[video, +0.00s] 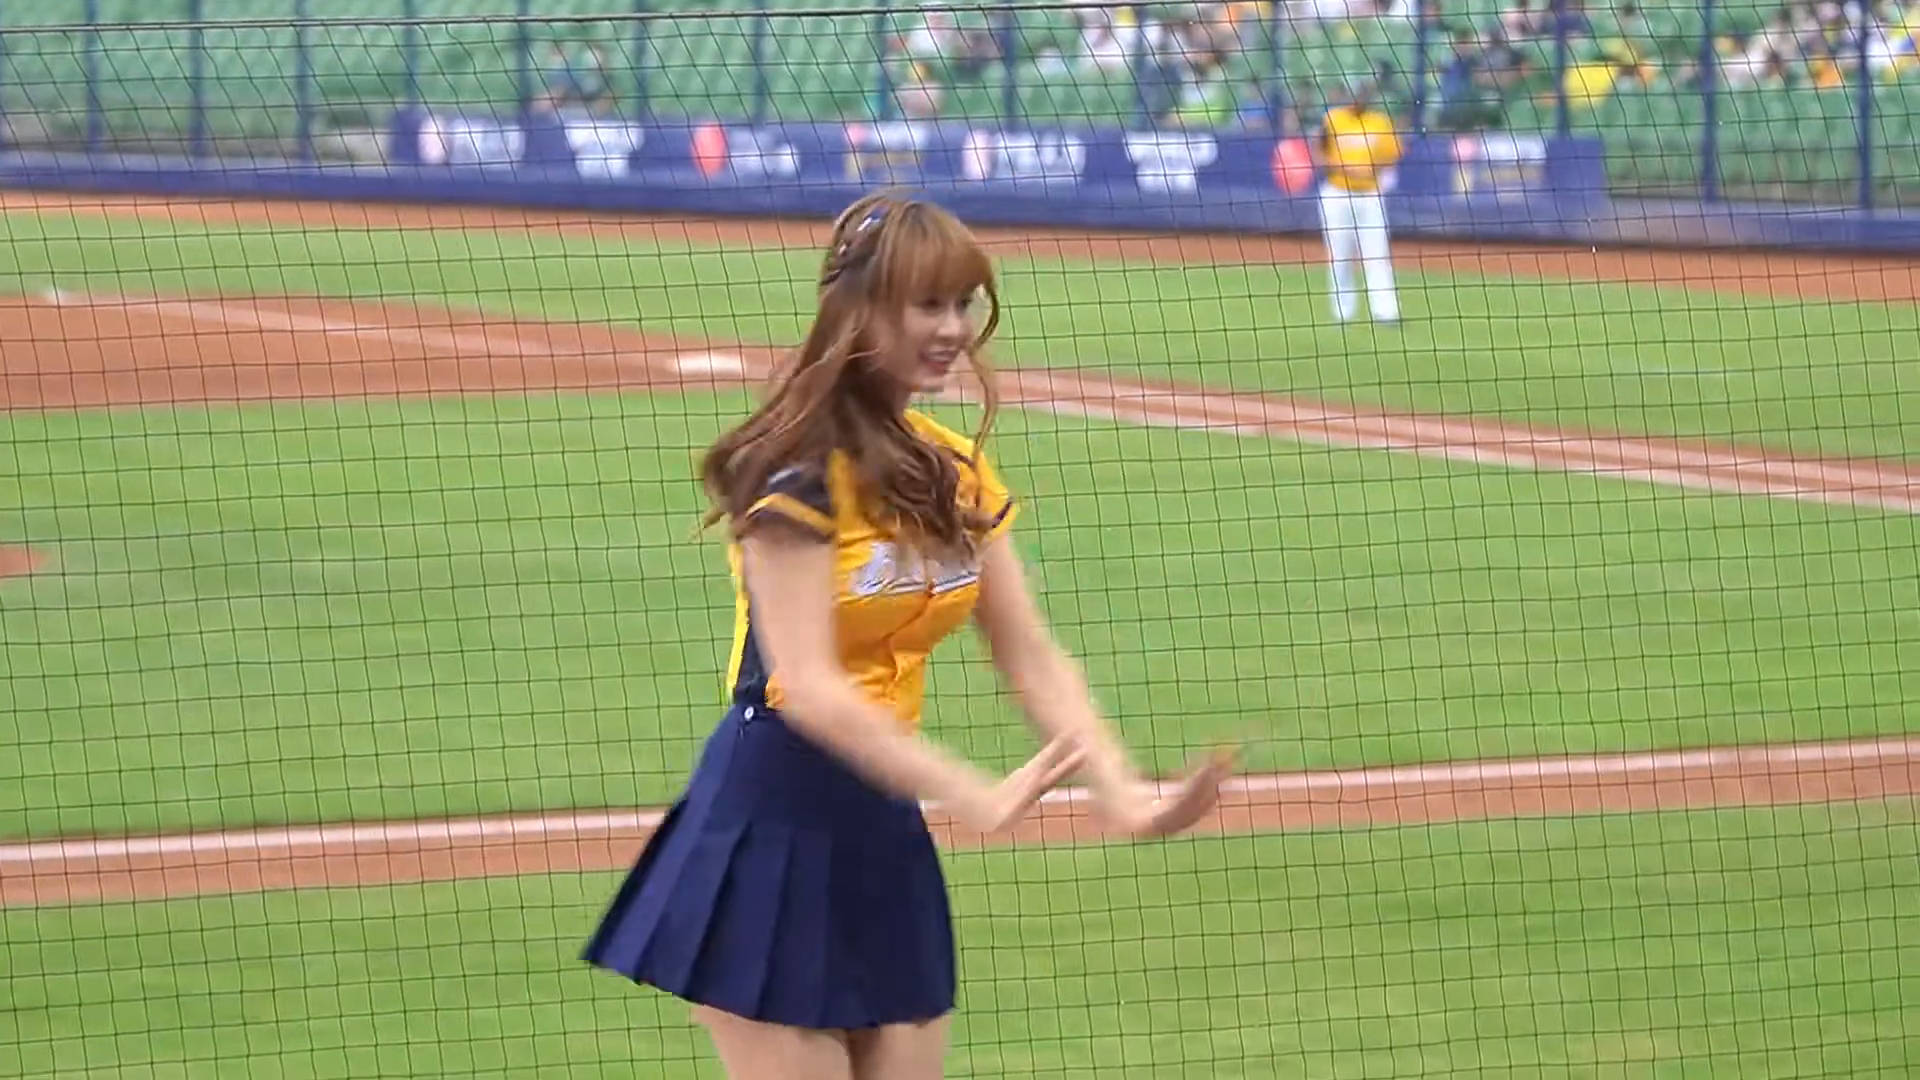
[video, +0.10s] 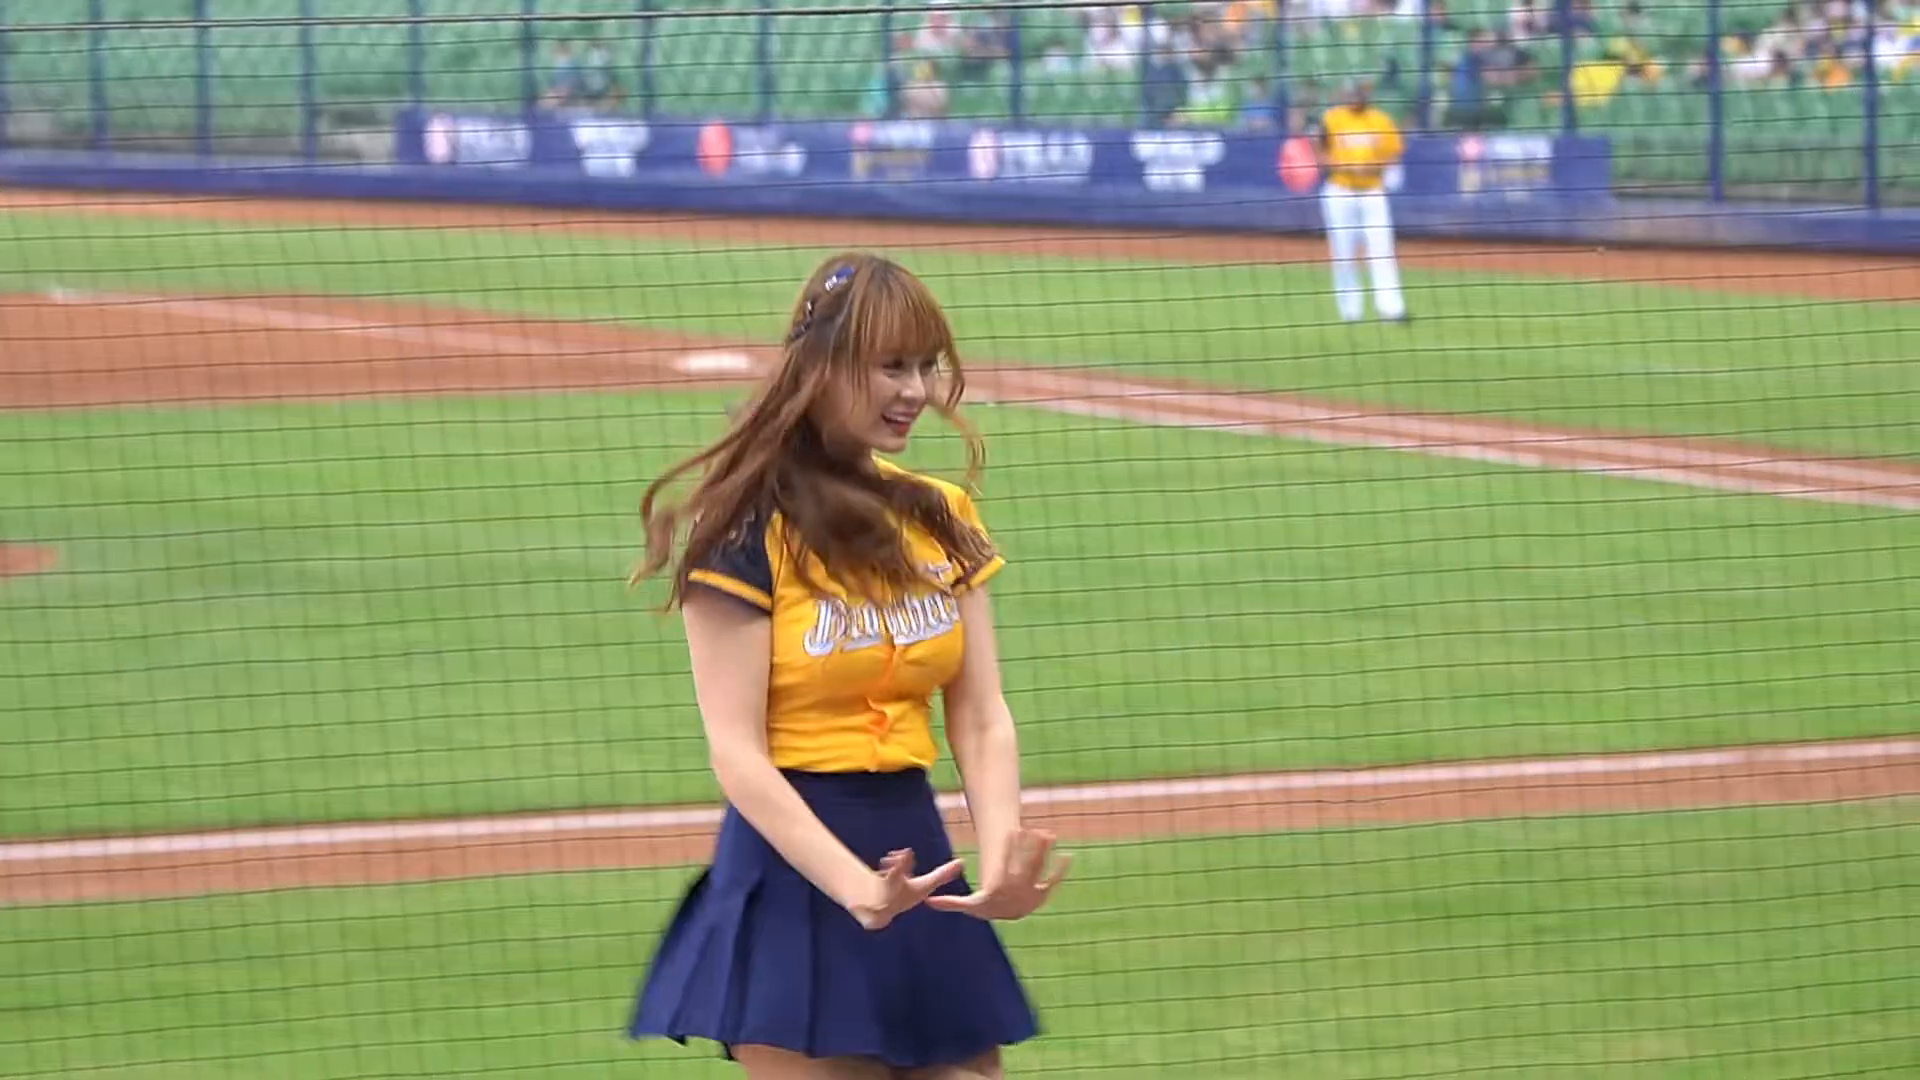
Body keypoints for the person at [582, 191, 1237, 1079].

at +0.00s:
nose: (952, 329)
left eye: (963, 305)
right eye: (927, 304)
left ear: (977, 313)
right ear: (856, 313)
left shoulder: (956, 468)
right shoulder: (792, 473)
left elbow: (1027, 652)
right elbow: (803, 684)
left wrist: (1122, 792)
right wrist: (966, 793)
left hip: (885, 813)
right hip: (771, 807)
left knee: (909, 1058)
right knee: (801, 1061)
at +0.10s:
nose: (916, 392)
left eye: (925, 368)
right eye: (894, 367)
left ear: (936, 374)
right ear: (820, 367)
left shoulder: (940, 516)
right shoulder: (739, 533)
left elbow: (980, 713)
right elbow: (736, 753)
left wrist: (998, 856)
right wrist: (853, 883)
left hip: (917, 839)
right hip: (792, 842)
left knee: (963, 1057)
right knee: (818, 1057)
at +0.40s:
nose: (939, 346)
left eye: (948, 325)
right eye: (911, 320)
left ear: (960, 348)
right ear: (838, 342)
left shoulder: (990, 468)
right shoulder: (769, 498)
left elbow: (1018, 578)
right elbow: (674, 663)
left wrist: (972, 639)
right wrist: (598, 692)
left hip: (939, 826)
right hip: (798, 824)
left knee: (925, 1059)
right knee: (777, 1059)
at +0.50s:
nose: (939, 356)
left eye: (949, 336)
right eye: (913, 333)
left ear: (962, 355)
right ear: (843, 353)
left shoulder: (986, 479)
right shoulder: (776, 519)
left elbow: (1014, 587)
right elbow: (655, 657)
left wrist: (993, 641)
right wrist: (587, 690)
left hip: (942, 831)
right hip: (804, 831)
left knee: (939, 1059)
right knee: (786, 1060)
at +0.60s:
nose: (941, 307)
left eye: (952, 284)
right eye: (912, 284)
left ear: (965, 299)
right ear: (840, 301)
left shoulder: (991, 438)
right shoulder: (769, 467)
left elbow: (1038, 589)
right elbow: (677, 642)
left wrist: (1025, 704)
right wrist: (663, 732)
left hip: (948, 801)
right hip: (804, 804)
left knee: (944, 1062)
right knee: (810, 1062)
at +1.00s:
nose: (1024, 299)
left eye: (1033, 275)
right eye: (992, 280)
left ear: (1044, 281)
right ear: (925, 298)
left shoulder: (996, 436)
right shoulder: (904, 438)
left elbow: (1148, 589)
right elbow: (1011, 624)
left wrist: (1335, 674)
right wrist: (1216, 677)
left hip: (874, 802)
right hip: (768, 800)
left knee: (876, 1064)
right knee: (784, 1069)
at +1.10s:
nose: (1055, 349)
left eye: (1064, 321)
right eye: (1020, 332)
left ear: (1078, 327)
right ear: (951, 351)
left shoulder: (1039, 484)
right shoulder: (943, 481)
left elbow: (1219, 557)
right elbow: (1109, 603)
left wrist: (1417, 612)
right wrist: (1299, 634)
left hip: (853, 828)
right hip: (751, 820)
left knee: (847, 1064)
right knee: (740, 1072)